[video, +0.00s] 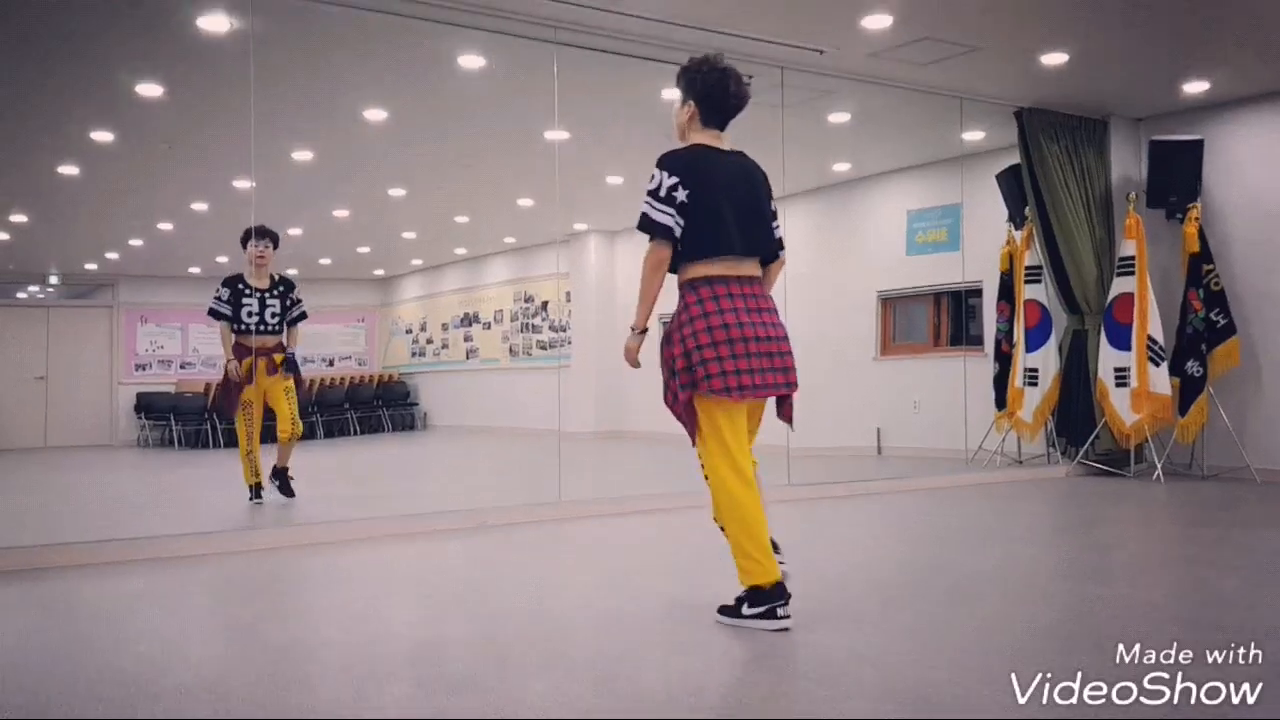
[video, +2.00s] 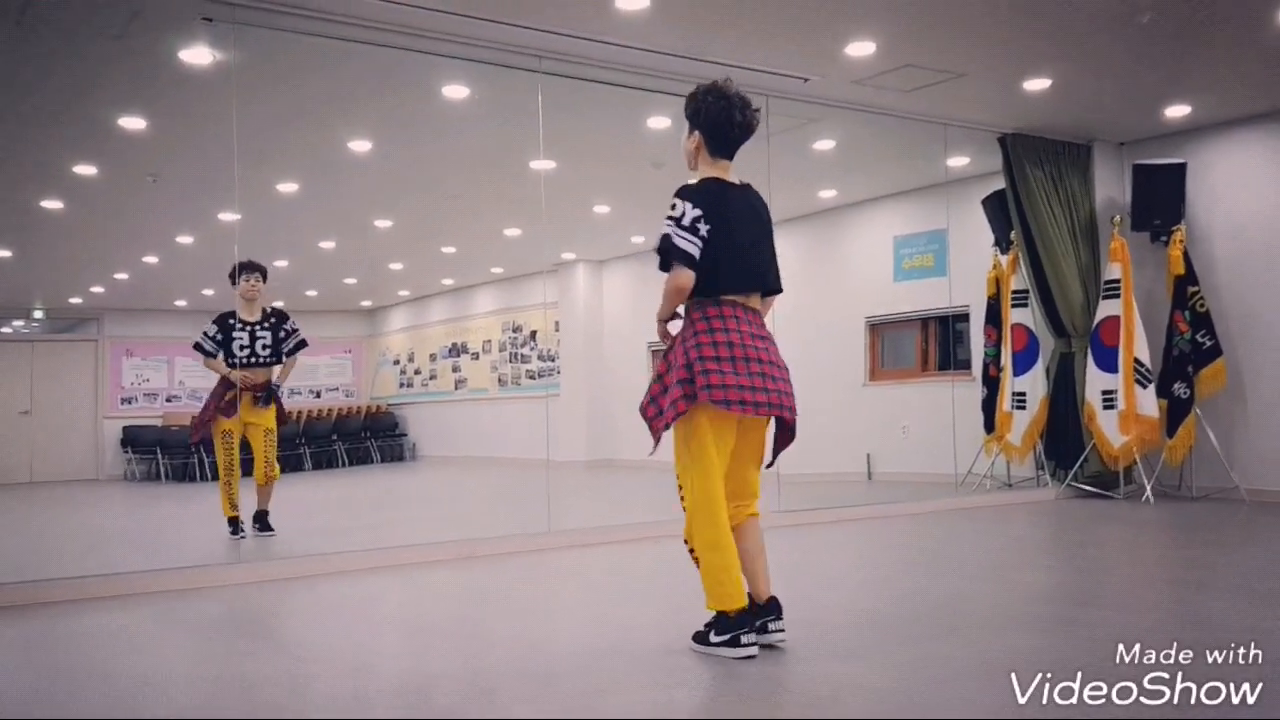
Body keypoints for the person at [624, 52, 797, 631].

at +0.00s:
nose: (675, 114)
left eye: (677, 105)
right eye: (678, 105)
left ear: (687, 109)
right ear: (729, 114)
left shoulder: (676, 165)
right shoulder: (753, 170)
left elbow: (660, 253)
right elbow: (776, 255)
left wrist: (639, 325)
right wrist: (750, 307)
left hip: (705, 316)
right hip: (759, 314)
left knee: (725, 459)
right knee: (730, 450)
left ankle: (764, 590)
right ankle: (757, 543)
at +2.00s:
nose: (682, 142)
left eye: (684, 132)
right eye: (686, 132)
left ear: (695, 138)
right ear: (738, 141)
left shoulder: (693, 198)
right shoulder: (756, 203)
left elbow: (681, 278)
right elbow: (767, 291)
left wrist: (662, 317)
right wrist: (747, 339)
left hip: (708, 339)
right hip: (756, 342)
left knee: (703, 490)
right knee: (742, 491)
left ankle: (730, 617)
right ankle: (763, 607)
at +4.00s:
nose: (676, 128)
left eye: (676, 120)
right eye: (680, 120)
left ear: (683, 124)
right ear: (731, 127)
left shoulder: (655, 182)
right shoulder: (753, 189)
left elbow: (631, 270)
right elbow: (763, 280)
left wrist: (622, 341)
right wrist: (750, 340)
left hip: (671, 334)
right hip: (738, 334)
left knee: (678, 477)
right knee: (742, 461)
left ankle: (704, 603)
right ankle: (744, 586)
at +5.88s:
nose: (681, 118)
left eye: (682, 110)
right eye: (685, 110)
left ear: (689, 117)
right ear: (739, 122)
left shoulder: (669, 176)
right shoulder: (761, 179)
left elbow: (661, 257)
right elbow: (800, 257)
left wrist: (671, 332)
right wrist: (757, 299)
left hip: (713, 327)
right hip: (775, 323)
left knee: (690, 477)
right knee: (769, 474)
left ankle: (716, 578)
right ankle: (771, 589)